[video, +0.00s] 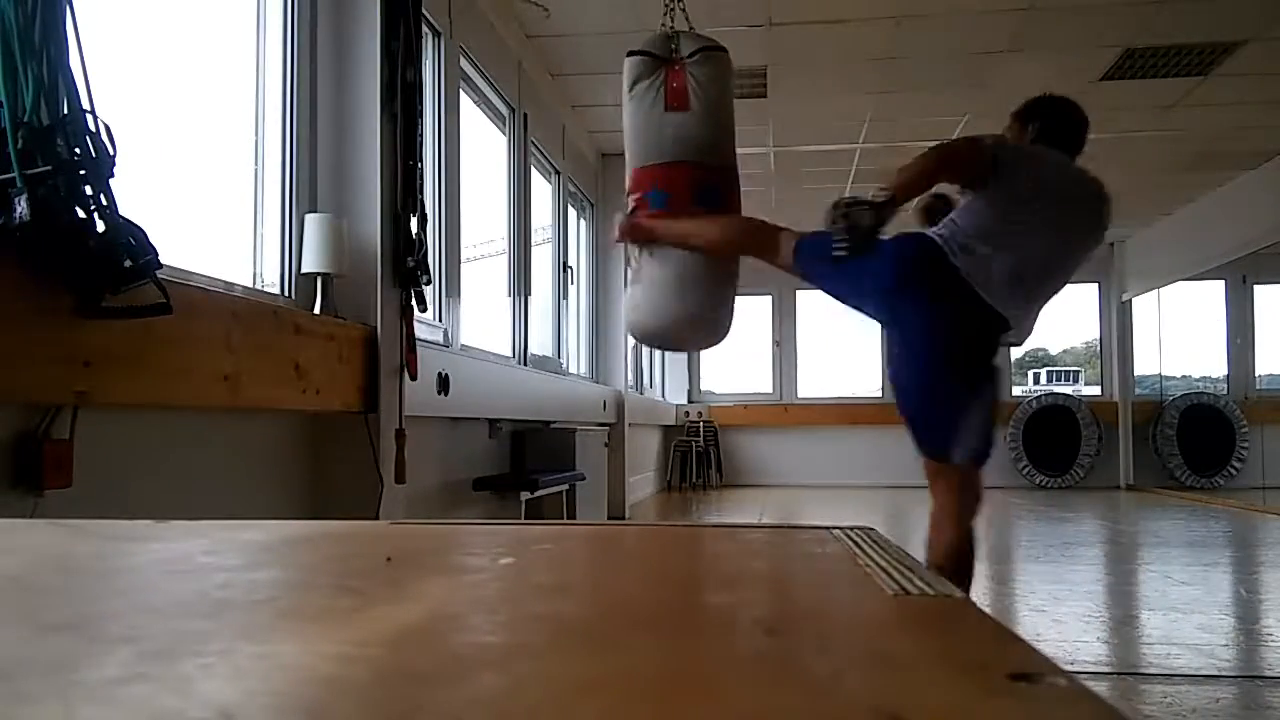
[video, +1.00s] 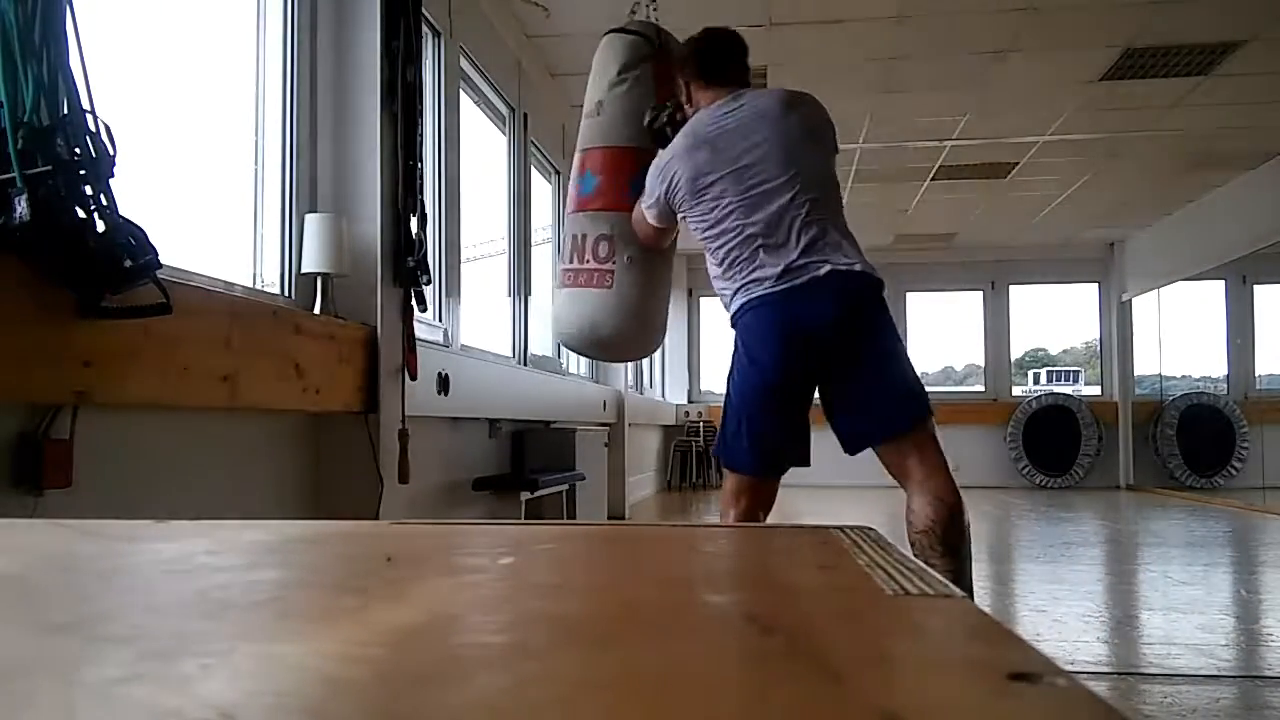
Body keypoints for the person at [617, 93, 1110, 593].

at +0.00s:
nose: (1005, 135)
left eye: (1010, 128)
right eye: (1010, 130)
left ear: (1025, 131)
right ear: (1078, 149)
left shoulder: (1010, 153)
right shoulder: (1094, 204)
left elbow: (943, 155)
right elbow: (1023, 250)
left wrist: (883, 202)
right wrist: (955, 216)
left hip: (915, 269)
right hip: (966, 338)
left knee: (773, 244)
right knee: (954, 502)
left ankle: (645, 227)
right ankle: (946, 642)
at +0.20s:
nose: (958, 128)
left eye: (964, 122)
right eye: (962, 120)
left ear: (979, 123)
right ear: (1025, 139)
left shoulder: (974, 140)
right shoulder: (1042, 210)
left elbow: (936, 147)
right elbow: (980, 264)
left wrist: (865, 201)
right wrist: (895, 230)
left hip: (893, 285)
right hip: (955, 334)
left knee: (736, 305)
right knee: (952, 500)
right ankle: (956, 641)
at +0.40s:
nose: (870, 129)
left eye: (871, 120)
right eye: (871, 121)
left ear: (881, 114)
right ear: (935, 120)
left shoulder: (886, 145)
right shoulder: (975, 181)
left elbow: (809, 210)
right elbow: (968, 271)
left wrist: (795, 187)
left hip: (853, 327)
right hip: (929, 344)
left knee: (744, 452)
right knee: (953, 504)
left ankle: (709, 583)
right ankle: (956, 640)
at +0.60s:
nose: (753, 130)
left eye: (752, 123)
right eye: (754, 124)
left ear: (757, 120)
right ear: (807, 114)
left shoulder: (746, 165)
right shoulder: (864, 149)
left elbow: (678, 229)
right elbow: (820, 205)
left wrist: (704, 165)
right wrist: (759, 151)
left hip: (801, 347)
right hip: (884, 340)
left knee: (758, 507)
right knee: (931, 505)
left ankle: (734, 643)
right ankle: (966, 640)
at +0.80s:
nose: (685, 120)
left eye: (683, 113)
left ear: (685, 112)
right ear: (741, 100)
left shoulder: (677, 175)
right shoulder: (795, 123)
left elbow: (652, 233)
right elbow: (786, 181)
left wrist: (664, 166)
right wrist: (697, 144)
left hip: (777, 329)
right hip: (858, 307)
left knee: (752, 505)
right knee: (922, 473)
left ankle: (734, 643)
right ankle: (960, 626)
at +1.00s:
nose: (686, 95)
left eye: (683, 87)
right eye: (686, 89)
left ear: (685, 88)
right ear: (746, 74)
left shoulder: (676, 159)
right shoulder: (801, 107)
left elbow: (650, 233)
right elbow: (816, 159)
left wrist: (665, 153)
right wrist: (711, 120)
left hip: (768, 324)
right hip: (853, 300)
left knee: (743, 506)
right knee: (926, 473)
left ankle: (733, 649)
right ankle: (956, 629)